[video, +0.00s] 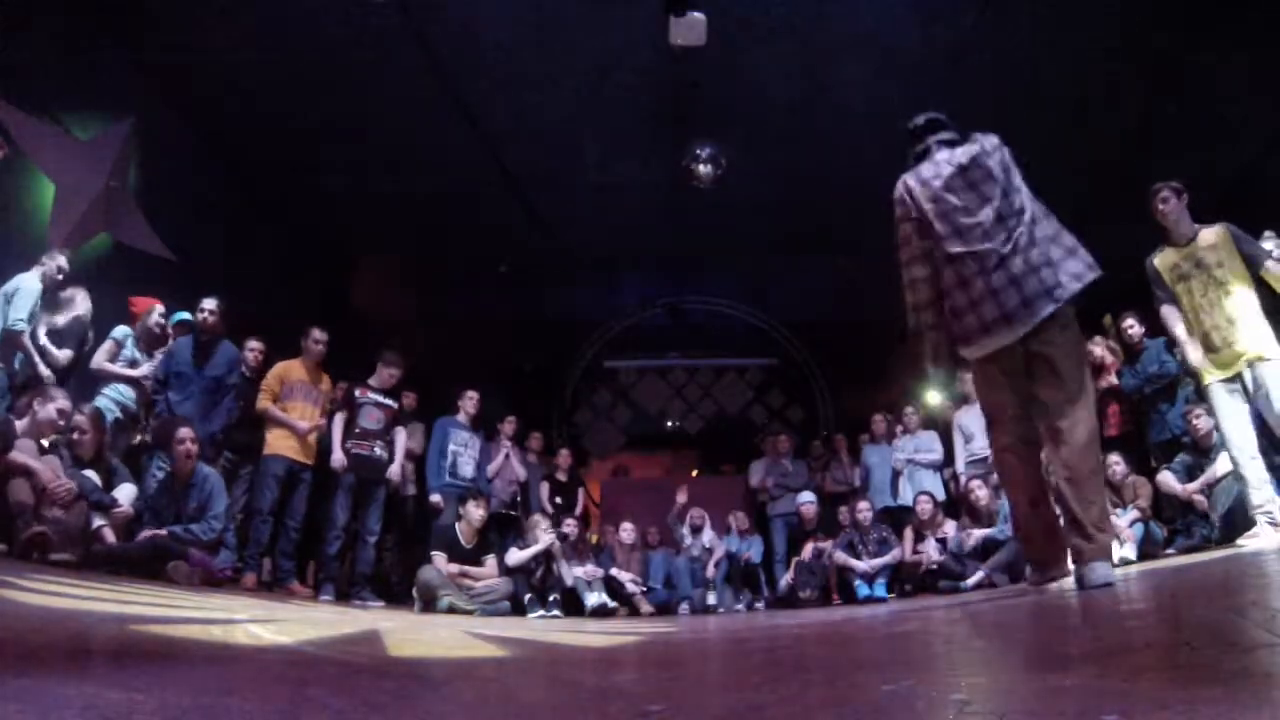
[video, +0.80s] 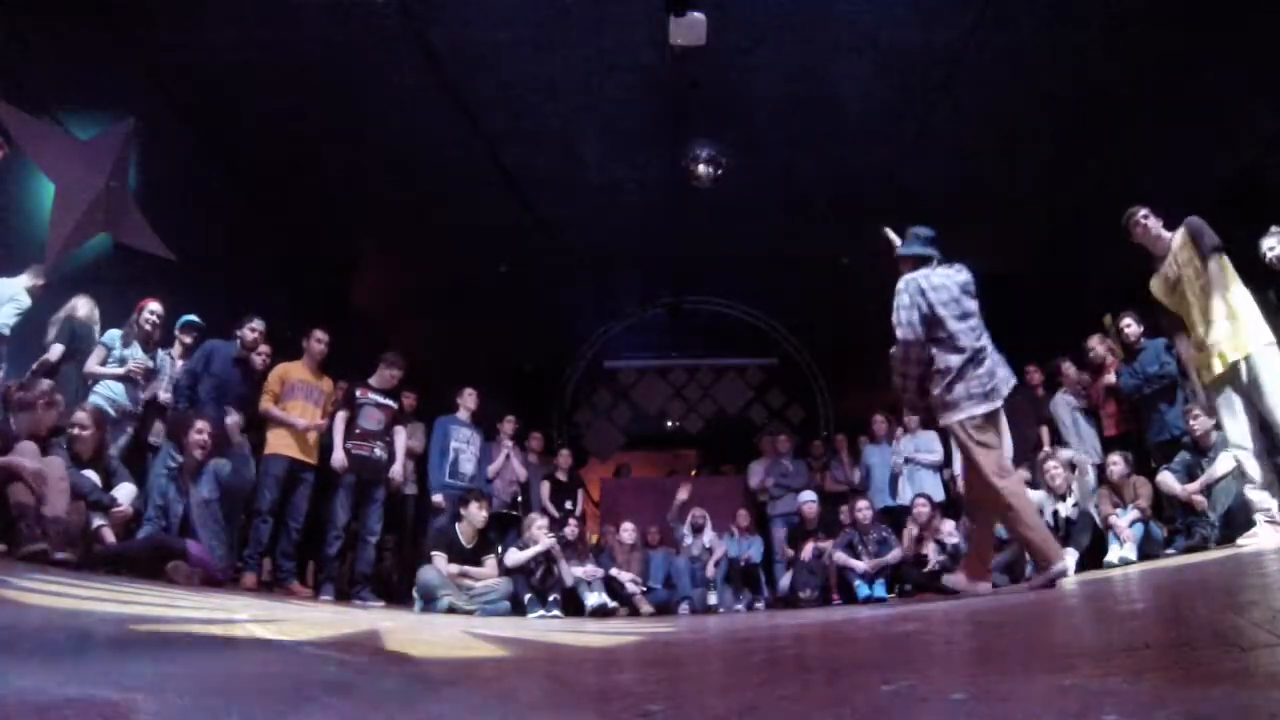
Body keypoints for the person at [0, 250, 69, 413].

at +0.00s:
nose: (61, 278)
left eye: (65, 275)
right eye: (59, 270)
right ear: (45, 261)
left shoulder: (25, 280)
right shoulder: (31, 284)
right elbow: (16, 328)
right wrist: (40, 366)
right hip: (5, 367)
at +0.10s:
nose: (62, 279)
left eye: (66, 275)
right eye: (61, 271)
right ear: (46, 262)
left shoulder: (24, 279)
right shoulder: (33, 284)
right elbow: (16, 325)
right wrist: (37, 366)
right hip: (6, 370)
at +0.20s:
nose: (61, 281)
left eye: (65, 277)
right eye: (61, 274)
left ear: (48, 264)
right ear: (50, 264)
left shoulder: (18, 278)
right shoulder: (35, 286)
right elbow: (17, 326)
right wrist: (37, 366)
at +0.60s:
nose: (50, 287)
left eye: (51, 282)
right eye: (51, 281)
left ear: (34, 266)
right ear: (48, 277)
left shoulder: (5, 278)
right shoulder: (31, 292)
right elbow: (9, 322)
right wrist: (19, 363)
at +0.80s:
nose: (40, 292)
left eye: (42, 287)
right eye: (41, 287)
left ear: (27, 272)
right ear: (36, 283)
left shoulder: (3, 281)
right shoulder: (23, 300)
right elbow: (4, 325)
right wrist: (3, 363)